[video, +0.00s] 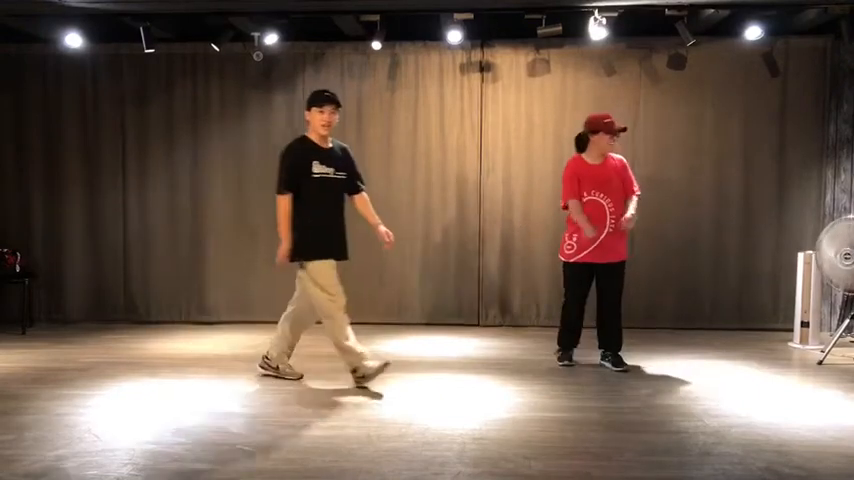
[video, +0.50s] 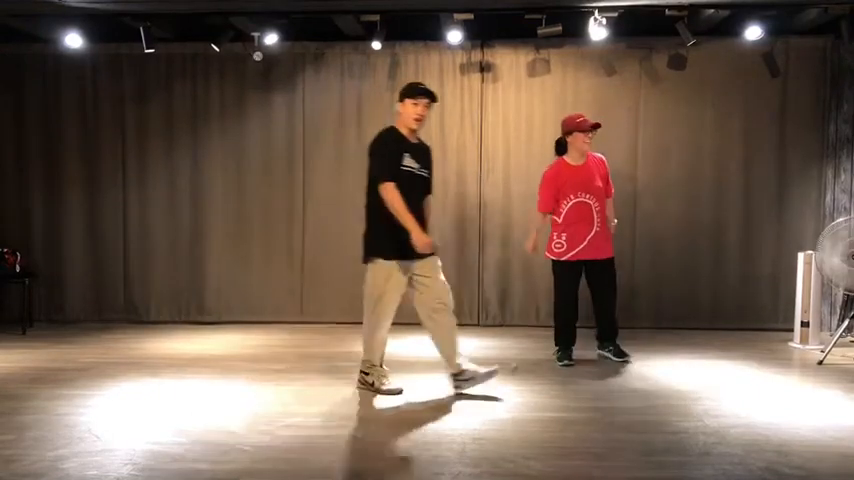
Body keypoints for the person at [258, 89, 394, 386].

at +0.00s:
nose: (328, 118)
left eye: (333, 112)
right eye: (321, 112)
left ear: (337, 116)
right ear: (308, 115)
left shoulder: (341, 153)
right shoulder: (295, 151)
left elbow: (357, 193)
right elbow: (284, 196)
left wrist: (377, 225)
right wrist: (285, 240)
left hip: (331, 243)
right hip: (308, 243)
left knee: (303, 307)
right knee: (333, 304)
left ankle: (274, 358)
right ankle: (359, 365)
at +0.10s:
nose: (344, 119)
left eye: (349, 113)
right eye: (337, 112)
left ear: (354, 118)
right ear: (325, 115)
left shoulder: (357, 154)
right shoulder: (312, 154)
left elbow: (371, 197)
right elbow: (303, 201)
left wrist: (387, 229)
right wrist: (306, 246)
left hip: (350, 244)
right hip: (327, 245)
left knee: (320, 304)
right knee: (347, 307)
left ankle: (282, 351)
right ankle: (366, 372)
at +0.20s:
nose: (363, 115)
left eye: (369, 110)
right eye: (357, 109)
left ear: (374, 115)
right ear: (344, 112)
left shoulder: (375, 150)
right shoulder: (330, 151)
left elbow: (385, 196)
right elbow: (324, 201)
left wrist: (392, 235)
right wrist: (330, 246)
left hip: (371, 243)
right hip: (345, 244)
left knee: (366, 301)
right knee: (355, 306)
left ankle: (307, 341)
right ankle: (366, 372)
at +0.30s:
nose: (383, 114)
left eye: (388, 109)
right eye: (377, 107)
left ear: (392, 113)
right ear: (363, 108)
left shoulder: (389, 148)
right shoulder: (348, 145)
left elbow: (397, 195)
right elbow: (347, 195)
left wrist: (401, 234)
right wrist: (357, 241)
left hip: (385, 240)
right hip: (358, 242)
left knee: (401, 294)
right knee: (366, 308)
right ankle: (368, 369)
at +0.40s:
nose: (402, 111)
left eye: (407, 106)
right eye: (396, 104)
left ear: (410, 111)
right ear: (381, 105)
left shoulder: (406, 148)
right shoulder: (366, 142)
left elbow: (411, 194)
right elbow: (367, 191)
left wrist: (413, 233)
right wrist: (386, 235)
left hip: (403, 239)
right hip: (372, 242)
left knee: (424, 292)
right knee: (372, 309)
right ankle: (369, 372)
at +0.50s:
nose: (420, 111)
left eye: (425, 107)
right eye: (414, 104)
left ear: (429, 112)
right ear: (400, 105)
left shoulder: (423, 150)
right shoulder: (385, 142)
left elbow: (422, 198)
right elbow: (386, 190)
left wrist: (424, 237)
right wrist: (416, 232)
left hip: (418, 244)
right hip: (387, 244)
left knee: (438, 304)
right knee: (380, 311)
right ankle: (371, 372)